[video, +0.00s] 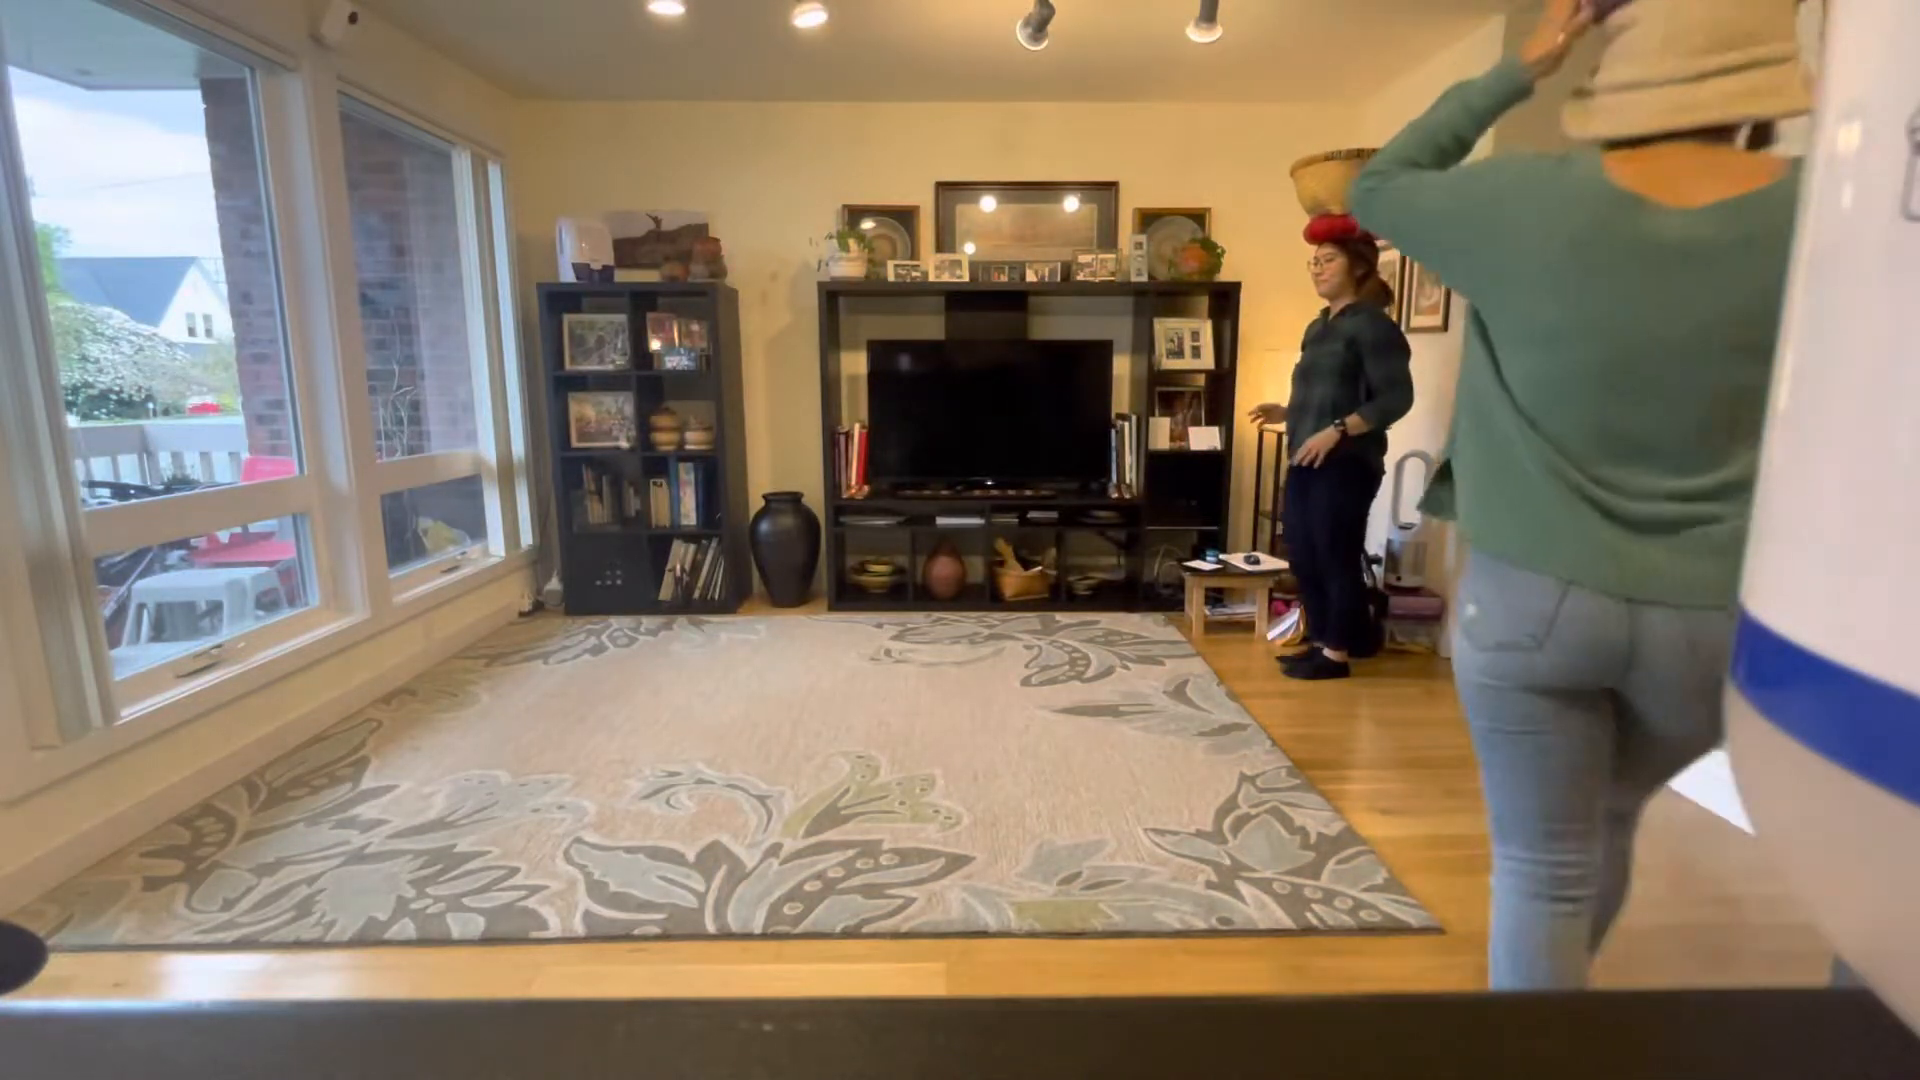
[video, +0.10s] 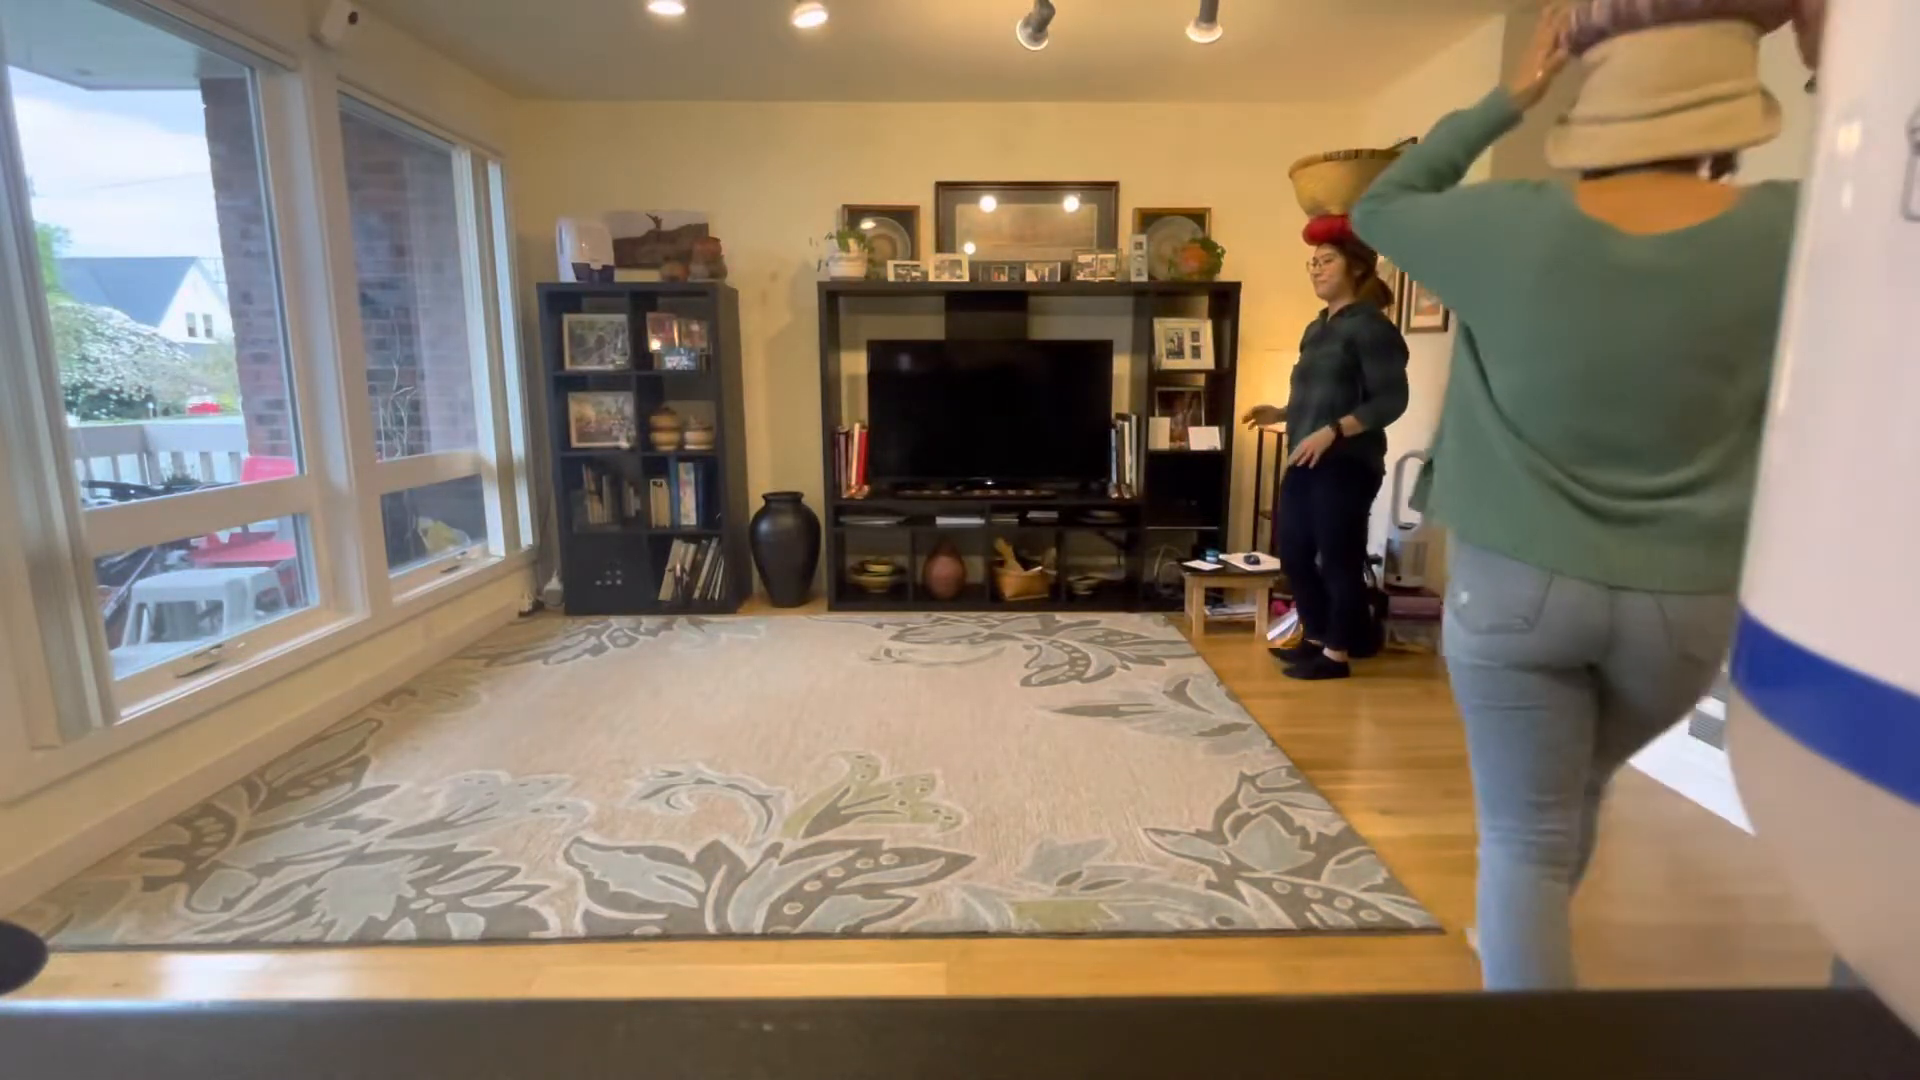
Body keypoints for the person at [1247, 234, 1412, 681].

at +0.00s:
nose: (1317, 268)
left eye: (1327, 260)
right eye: (1314, 261)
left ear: (1357, 266)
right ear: (1312, 269)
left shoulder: (1375, 326)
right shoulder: (1318, 328)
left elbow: (1397, 397)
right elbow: (1320, 401)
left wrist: (1340, 429)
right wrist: (1284, 413)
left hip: (1347, 459)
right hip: (1308, 458)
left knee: (1335, 550)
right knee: (1304, 549)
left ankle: (1336, 652)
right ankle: (1318, 639)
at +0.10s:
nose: (1316, 270)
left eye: (1326, 261)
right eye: (1312, 263)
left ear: (1354, 268)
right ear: (1311, 270)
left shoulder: (1373, 327)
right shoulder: (1317, 328)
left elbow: (1392, 399)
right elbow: (1314, 400)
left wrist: (1335, 429)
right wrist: (1279, 414)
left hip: (1347, 461)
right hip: (1306, 458)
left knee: (1338, 556)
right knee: (1294, 552)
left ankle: (1337, 652)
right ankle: (1316, 638)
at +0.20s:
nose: (1313, 270)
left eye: (1324, 261)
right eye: (1311, 263)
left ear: (1354, 268)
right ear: (1310, 272)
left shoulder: (1371, 326)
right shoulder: (1315, 329)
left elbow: (1388, 399)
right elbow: (1313, 400)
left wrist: (1332, 430)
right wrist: (1276, 415)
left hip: (1346, 460)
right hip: (1304, 458)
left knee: (1337, 555)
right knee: (1295, 552)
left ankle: (1337, 652)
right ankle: (1311, 638)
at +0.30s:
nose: (1311, 270)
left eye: (1321, 261)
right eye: (1308, 263)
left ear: (1351, 268)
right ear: (1307, 272)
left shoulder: (1368, 326)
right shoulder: (1311, 328)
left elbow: (1381, 400)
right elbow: (1305, 400)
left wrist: (1325, 431)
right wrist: (1269, 418)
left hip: (1343, 458)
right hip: (1301, 456)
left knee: (1336, 553)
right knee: (1295, 549)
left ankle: (1337, 651)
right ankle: (1306, 637)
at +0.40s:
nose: (1306, 270)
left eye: (1316, 262)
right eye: (1304, 263)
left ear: (1346, 268)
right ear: (1303, 271)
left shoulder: (1363, 327)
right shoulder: (1309, 327)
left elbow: (1375, 400)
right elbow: (1303, 398)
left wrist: (1320, 434)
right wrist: (1265, 421)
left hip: (1336, 458)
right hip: (1298, 456)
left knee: (1330, 551)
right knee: (1295, 548)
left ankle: (1336, 651)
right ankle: (1307, 636)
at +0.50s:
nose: (1299, 271)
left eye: (1309, 263)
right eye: (1298, 264)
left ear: (1338, 269)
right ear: (1297, 272)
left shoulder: (1354, 328)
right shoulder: (1302, 328)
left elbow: (1366, 403)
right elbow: (1297, 396)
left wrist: (1315, 437)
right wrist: (1264, 423)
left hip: (1332, 459)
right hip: (1296, 457)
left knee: (1324, 550)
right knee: (1294, 548)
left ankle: (1334, 650)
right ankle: (1306, 636)